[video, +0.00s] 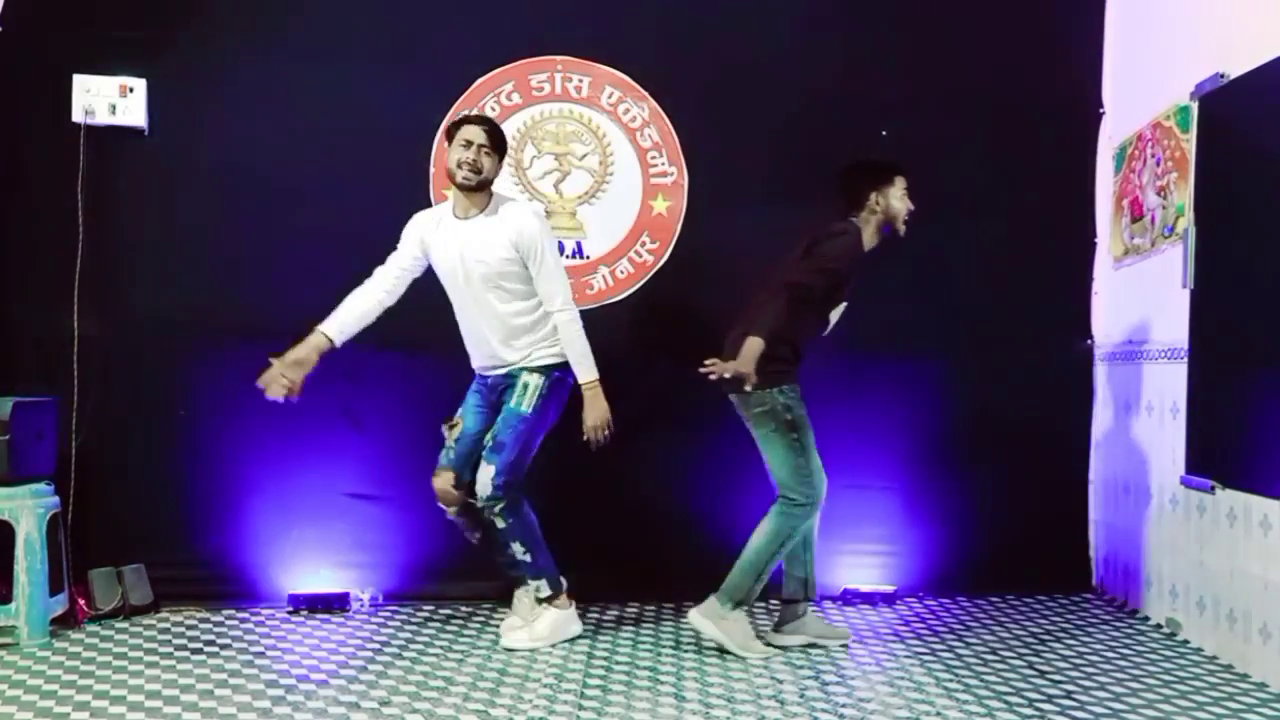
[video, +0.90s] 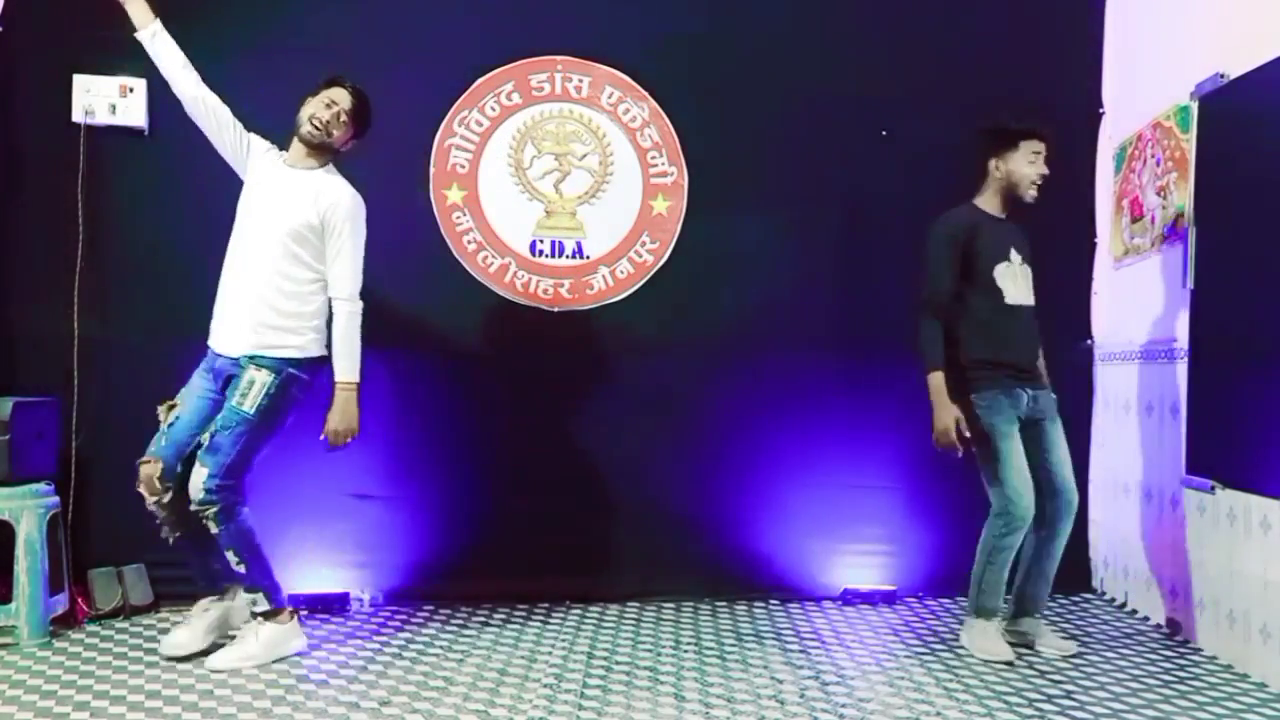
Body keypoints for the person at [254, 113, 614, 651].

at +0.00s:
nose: (472, 155)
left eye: (485, 149)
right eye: (463, 145)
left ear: (498, 164)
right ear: (446, 155)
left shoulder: (523, 222)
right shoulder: (427, 228)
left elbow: (563, 308)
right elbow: (380, 289)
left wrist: (593, 390)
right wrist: (311, 347)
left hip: (541, 367)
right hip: (489, 373)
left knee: (495, 485)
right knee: (452, 485)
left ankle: (558, 605)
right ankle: (532, 583)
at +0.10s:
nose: (456, 155)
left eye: (469, 151)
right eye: (448, 145)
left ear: (481, 169)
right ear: (429, 154)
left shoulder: (500, 226)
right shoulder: (408, 226)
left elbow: (547, 309)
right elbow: (339, 262)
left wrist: (579, 389)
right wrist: (254, 289)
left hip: (523, 375)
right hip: (468, 376)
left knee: (479, 494)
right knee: (413, 474)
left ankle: (554, 605)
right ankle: (490, 585)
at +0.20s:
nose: (438, 156)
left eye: (451, 152)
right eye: (431, 144)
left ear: (462, 170)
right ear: (413, 153)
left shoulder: (477, 228)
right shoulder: (388, 216)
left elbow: (527, 311)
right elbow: (311, 230)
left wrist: (560, 391)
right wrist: (214, 232)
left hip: (491, 373)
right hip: (441, 377)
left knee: (413, 485)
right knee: (404, 497)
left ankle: (513, 576)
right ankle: (475, 601)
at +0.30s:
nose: (426, 152)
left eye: (440, 149)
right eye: (421, 141)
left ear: (452, 167)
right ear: (403, 149)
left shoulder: (467, 227)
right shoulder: (375, 212)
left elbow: (511, 314)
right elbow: (294, 208)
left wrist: (543, 394)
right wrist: (196, 192)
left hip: (472, 370)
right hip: (421, 375)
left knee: (381, 465)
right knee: (386, 488)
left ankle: (462, 578)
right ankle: (465, 596)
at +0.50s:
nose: (391, 137)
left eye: (405, 136)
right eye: (386, 124)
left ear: (411, 155)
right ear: (364, 131)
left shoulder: (418, 217)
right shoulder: (330, 188)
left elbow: (445, 312)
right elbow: (249, 155)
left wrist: (460, 402)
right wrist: (161, 101)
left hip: (402, 373)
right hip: (355, 366)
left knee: (331, 491)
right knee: (282, 466)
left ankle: (403, 617)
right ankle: (353, 586)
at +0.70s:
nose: (354, 120)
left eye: (367, 121)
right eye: (349, 109)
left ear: (374, 145)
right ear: (327, 118)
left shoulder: (373, 206)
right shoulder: (289, 167)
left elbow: (388, 305)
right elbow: (211, 113)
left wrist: (391, 396)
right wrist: (137, 40)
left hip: (334, 358)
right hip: (285, 355)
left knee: (246, 471)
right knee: (237, 485)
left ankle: (332, 586)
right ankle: (294, 607)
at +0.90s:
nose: (330, 113)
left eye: (343, 116)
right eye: (327, 101)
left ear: (348, 139)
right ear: (303, 104)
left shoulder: (340, 200)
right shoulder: (258, 160)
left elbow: (348, 301)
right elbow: (196, 96)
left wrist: (347, 396)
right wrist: (144, 21)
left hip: (279, 362)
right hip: (223, 350)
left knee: (210, 488)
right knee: (159, 475)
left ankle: (277, 619)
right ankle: (222, 597)